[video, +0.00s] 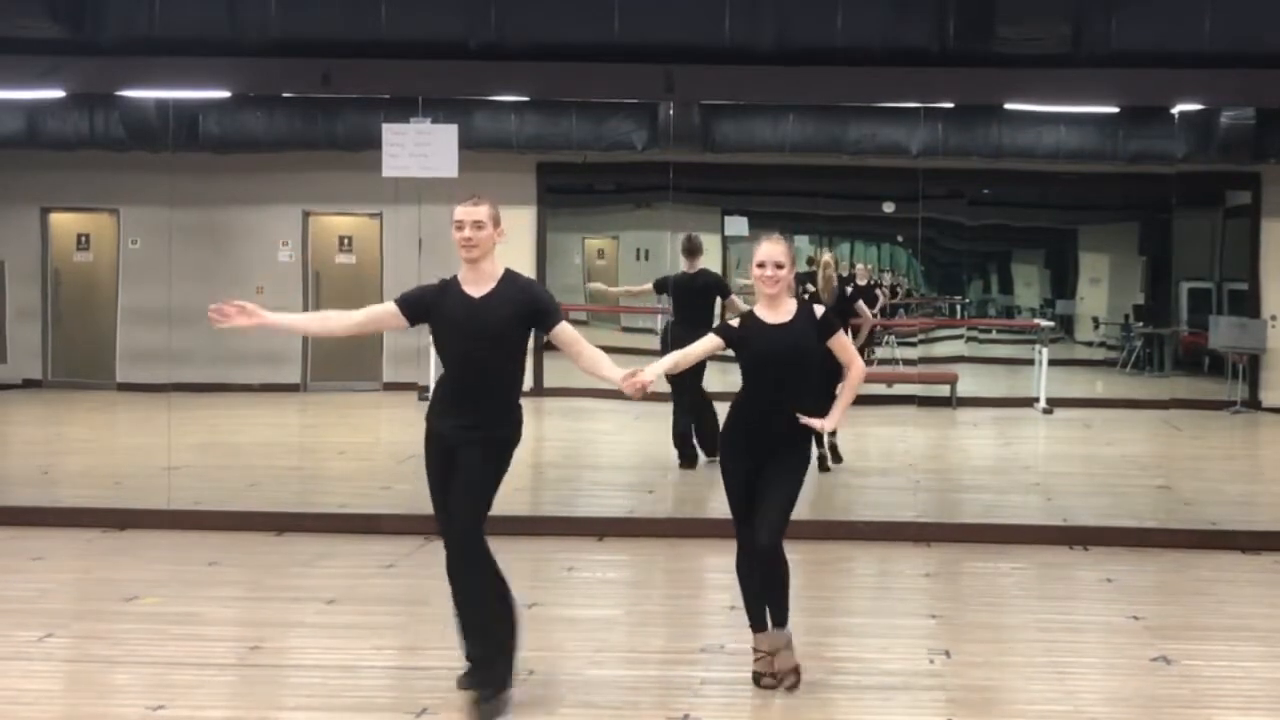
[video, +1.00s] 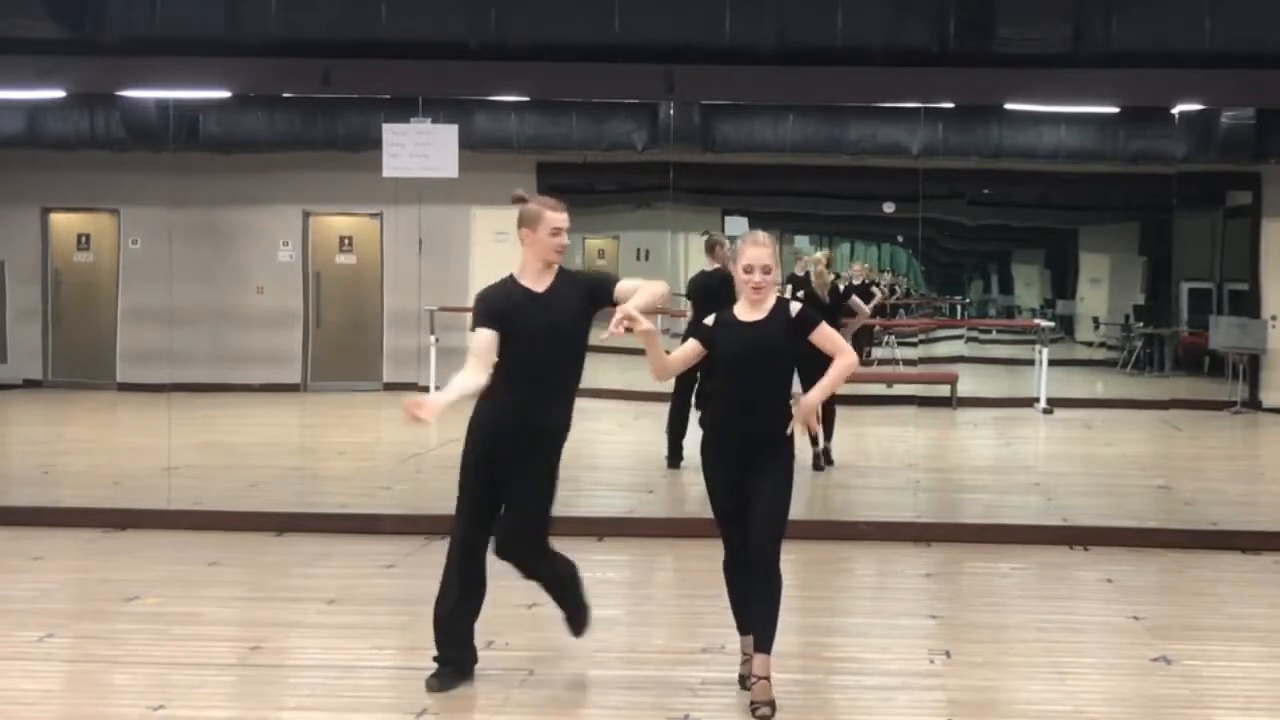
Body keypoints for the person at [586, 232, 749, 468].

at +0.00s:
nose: (692, 256)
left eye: (686, 253)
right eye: (696, 251)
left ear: (682, 254)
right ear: (702, 253)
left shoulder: (673, 281)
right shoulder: (714, 280)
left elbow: (636, 291)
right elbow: (739, 308)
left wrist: (607, 291)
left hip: (675, 345)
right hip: (701, 345)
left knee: (680, 398)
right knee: (696, 392)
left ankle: (687, 456)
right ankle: (711, 445)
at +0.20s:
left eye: (690, 253)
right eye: (701, 253)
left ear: (684, 254)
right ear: (704, 255)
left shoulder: (673, 276)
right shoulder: (711, 286)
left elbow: (634, 274)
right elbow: (727, 314)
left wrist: (597, 273)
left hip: (682, 350)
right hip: (707, 350)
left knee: (685, 398)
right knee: (703, 398)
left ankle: (685, 445)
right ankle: (696, 448)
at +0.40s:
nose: (700, 257)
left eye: (692, 253)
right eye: (704, 253)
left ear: (686, 254)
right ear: (707, 255)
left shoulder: (674, 271)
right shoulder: (710, 285)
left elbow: (637, 262)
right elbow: (730, 313)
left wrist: (607, 255)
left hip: (684, 349)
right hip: (708, 350)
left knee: (684, 398)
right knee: (704, 399)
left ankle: (683, 447)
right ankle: (697, 448)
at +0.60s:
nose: (697, 256)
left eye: (693, 252)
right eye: (703, 252)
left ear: (688, 253)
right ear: (709, 253)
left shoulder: (679, 275)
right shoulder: (719, 281)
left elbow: (639, 258)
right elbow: (734, 309)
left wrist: (637, 240)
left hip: (678, 345)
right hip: (705, 346)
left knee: (676, 397)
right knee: (699, 398)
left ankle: (676, 447)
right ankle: (695, 448)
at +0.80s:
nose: (710, 254)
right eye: (713, 251)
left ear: (695, 251)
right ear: (714, 252)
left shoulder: (682, 277)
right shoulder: (723, 280)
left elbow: (658, 290)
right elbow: (743, 303)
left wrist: (641, 271)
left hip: (678, 343)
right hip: (706, 344)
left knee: (675, 397)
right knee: (700, 396)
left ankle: (673, 453)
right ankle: (692, 451)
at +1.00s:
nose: (728, 253)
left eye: (727, 249)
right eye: (726, 249)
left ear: (707, 252)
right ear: (720, 252)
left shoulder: (695, 280)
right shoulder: (729, 279)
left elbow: (694, 310)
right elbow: (736, 309)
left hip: (693, 339)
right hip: (720, 343)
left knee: (681, 397)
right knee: (715, 399)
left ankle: (674, 453)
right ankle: (717, 455)